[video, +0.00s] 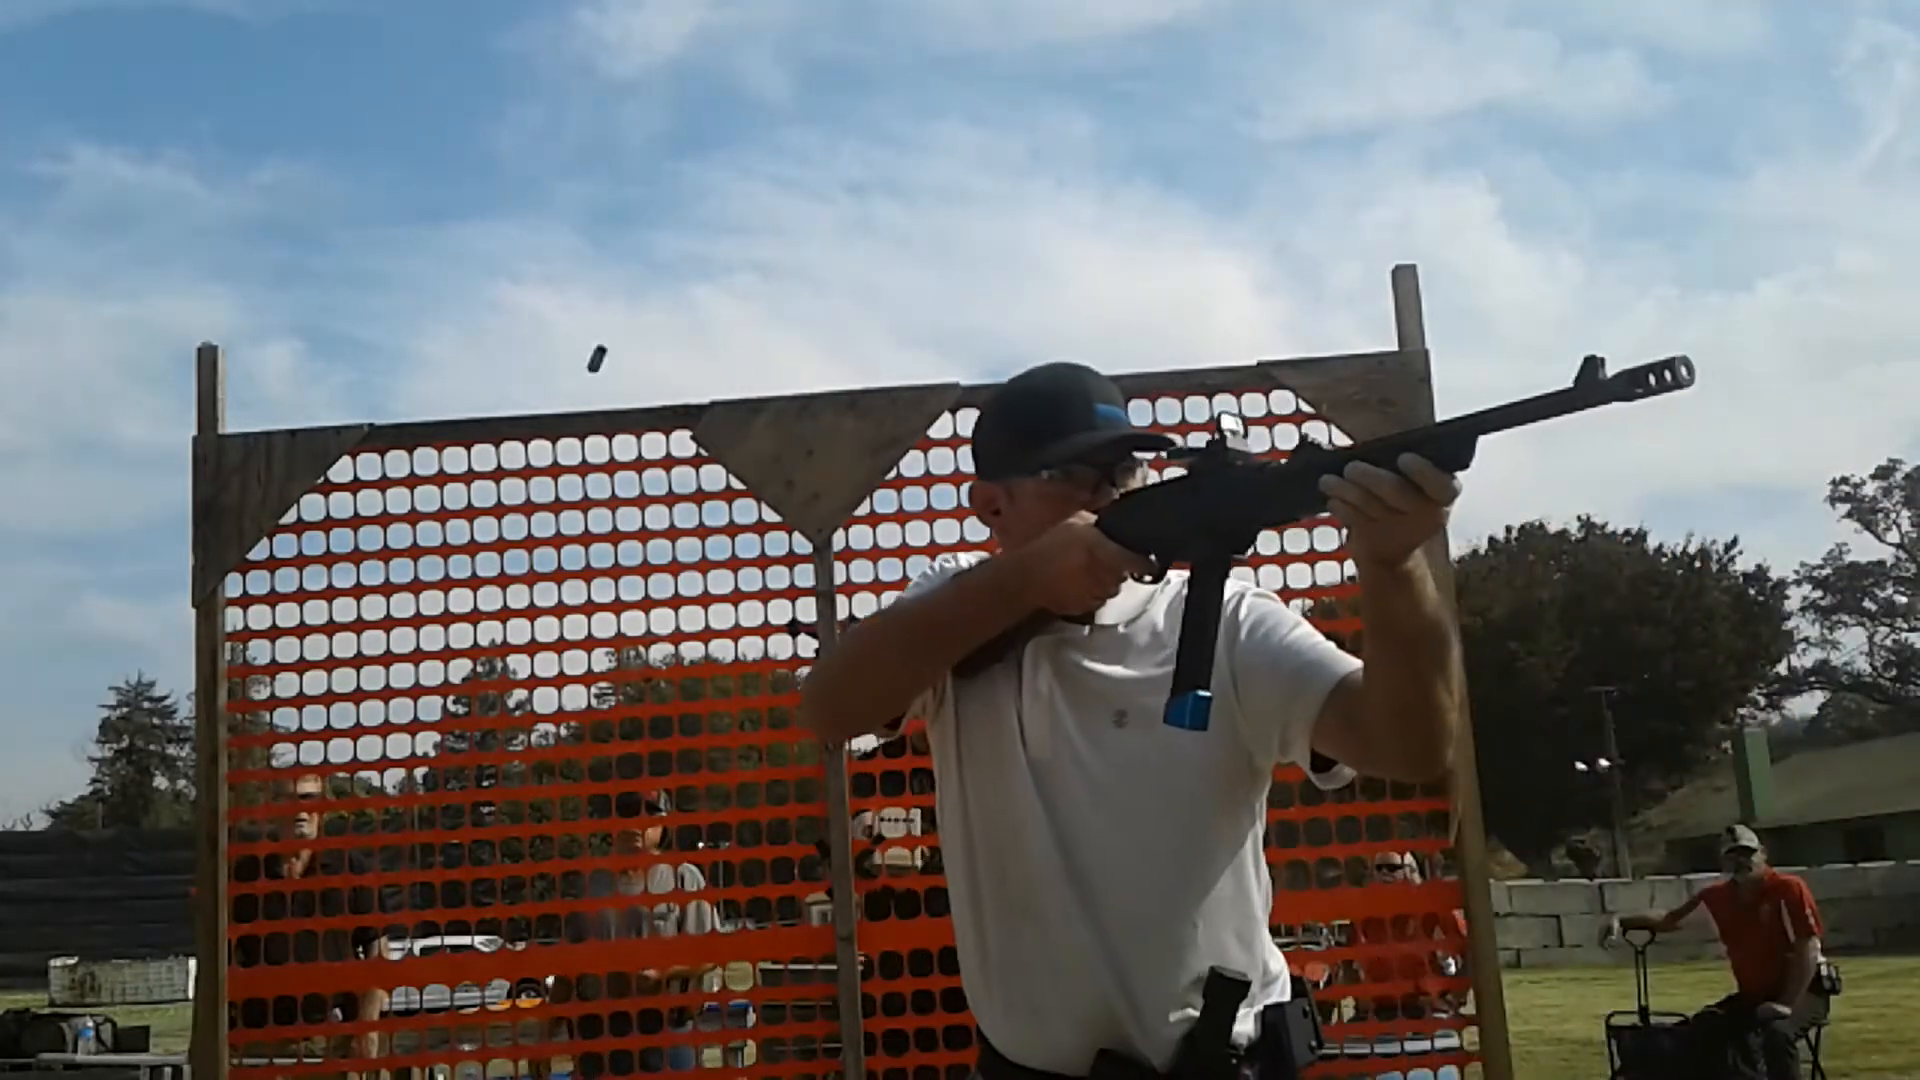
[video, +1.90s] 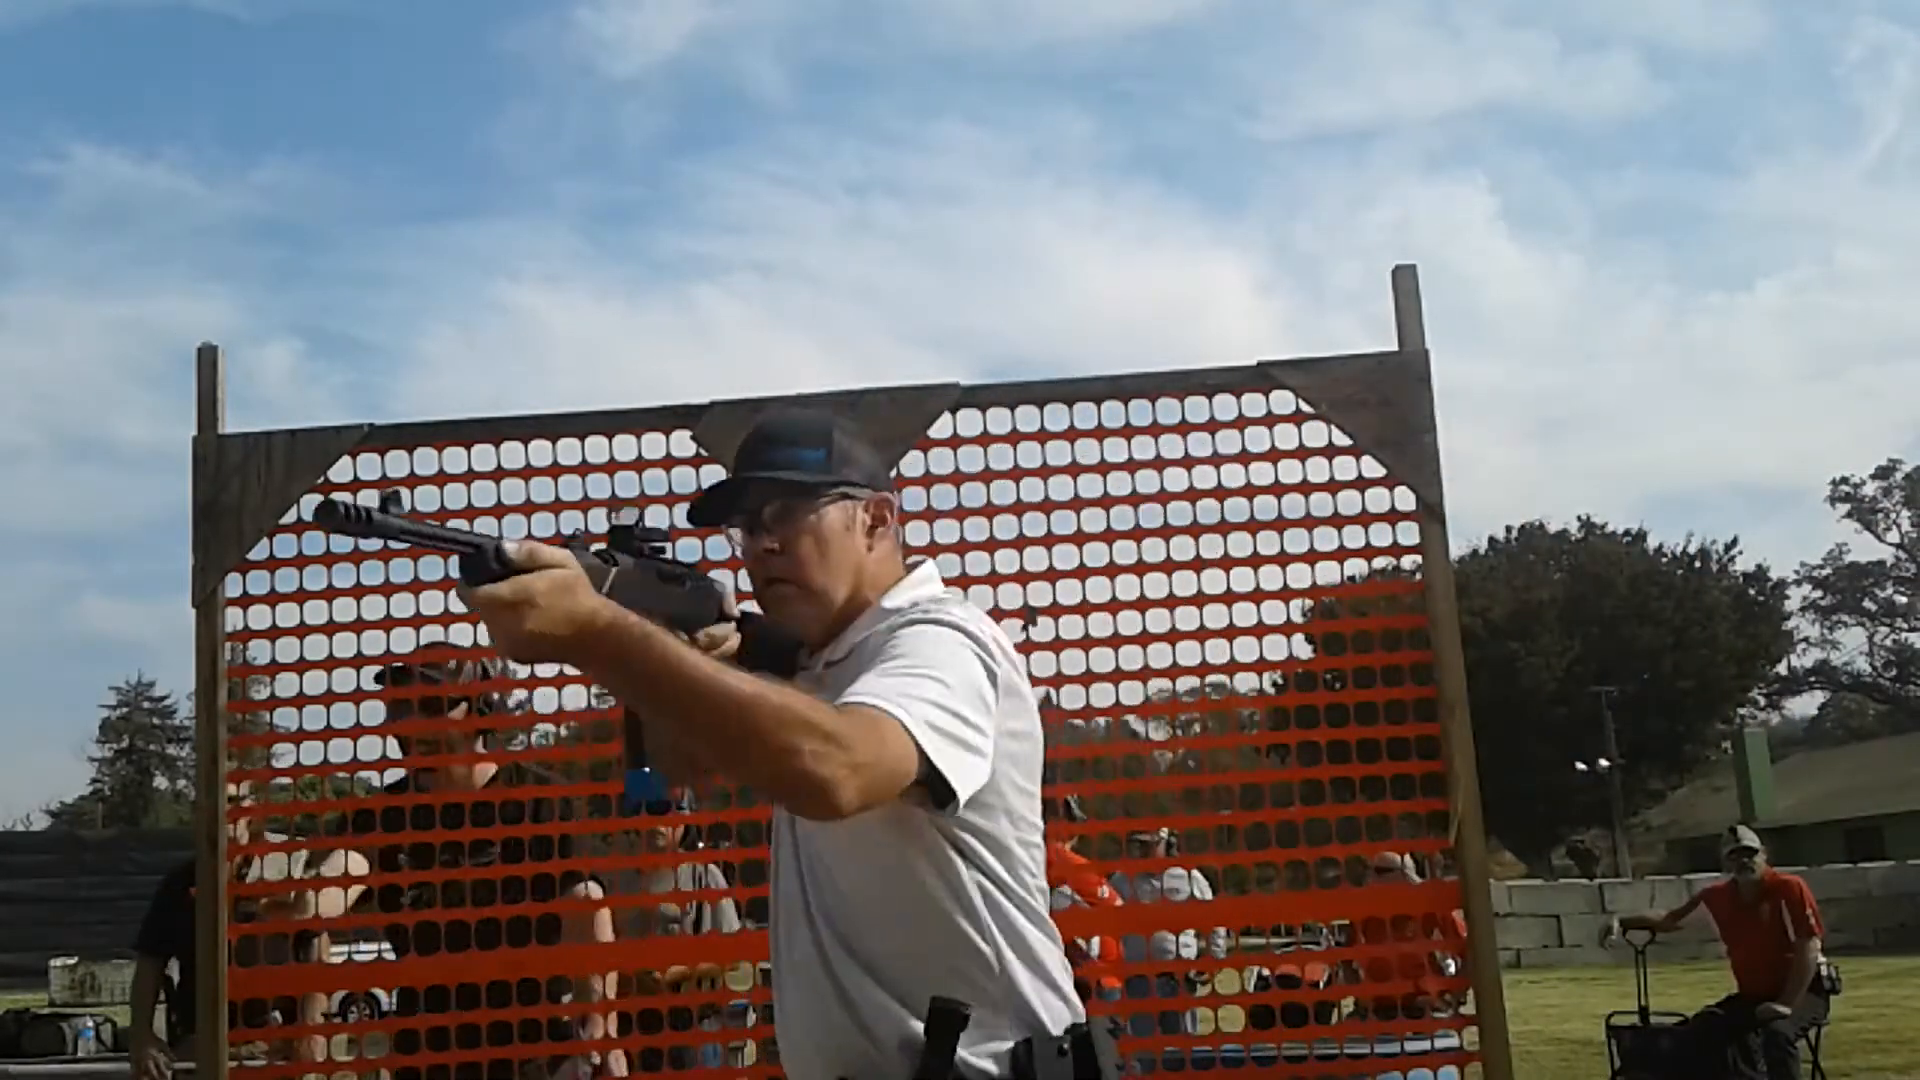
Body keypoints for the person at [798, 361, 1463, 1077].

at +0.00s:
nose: (1112, 498)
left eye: (1123, 472)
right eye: (1077, 477)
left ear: (1144, 479)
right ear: (993, 503)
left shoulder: (1224, 621)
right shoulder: (952, 624)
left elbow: (1413, 750)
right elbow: (828, 707)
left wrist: (1397, 571)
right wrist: (1024, 580)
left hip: (1227, 1052)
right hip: (1027, 1059)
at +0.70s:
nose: (1028, 526)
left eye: (1044, 497)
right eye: (994, 503)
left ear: (1066, 504)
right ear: (911, 530)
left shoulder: (1140, 652)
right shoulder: (864, 637)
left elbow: (1330, 774)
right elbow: (742, 733)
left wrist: (1324, 607)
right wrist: (943, 608)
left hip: (1133, 1058)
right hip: (930, 1064)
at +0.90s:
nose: (957, 528)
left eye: (973, 500)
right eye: (924, 505)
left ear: (996, 509)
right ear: (839, 532)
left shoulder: (1065, 654)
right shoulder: (797, 633)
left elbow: (1246, 781)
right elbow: (664, 735)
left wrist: (1244, 617)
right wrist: (870, 610)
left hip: (1056, 1056)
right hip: (860, 1064)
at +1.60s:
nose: (865, 523)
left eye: (885, 494)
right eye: (829, 500)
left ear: (917, 505)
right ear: (762, 525)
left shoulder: (996, 641)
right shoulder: (732, 645)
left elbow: (1175, 773)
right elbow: (587, 741)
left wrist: (1147, 601)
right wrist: (786, 613)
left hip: (1008, 1055)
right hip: (812, 1061)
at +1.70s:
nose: (824, 520)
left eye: (846, 495)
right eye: (797, 499)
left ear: (893, 507)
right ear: (761, 523)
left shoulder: (986, 643)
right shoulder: (741, 671)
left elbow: (1137, 786)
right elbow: (591, 755)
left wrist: (1051, 608)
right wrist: (762, 627)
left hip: (1018, 1054)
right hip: (826, 1063)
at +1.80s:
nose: (805, 523)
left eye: (834, 495)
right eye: (779, 506)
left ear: (904, 516)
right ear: (761, 528)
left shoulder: (986, 635)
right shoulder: (777, 677)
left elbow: (1019, 780)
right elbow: (618, 756)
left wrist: (844, 613)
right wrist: (734, 631)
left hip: (1011, 1053)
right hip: (838, 1061)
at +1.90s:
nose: (758, 547)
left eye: (786, 518)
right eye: (747, 526)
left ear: (877, 519)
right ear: (738, 539)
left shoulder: (942, 642)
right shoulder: (818, 653)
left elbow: (835, 770)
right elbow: (683, 758)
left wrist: (598, 631)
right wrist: (661, 651)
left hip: (977, 1056)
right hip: (843, 1054)